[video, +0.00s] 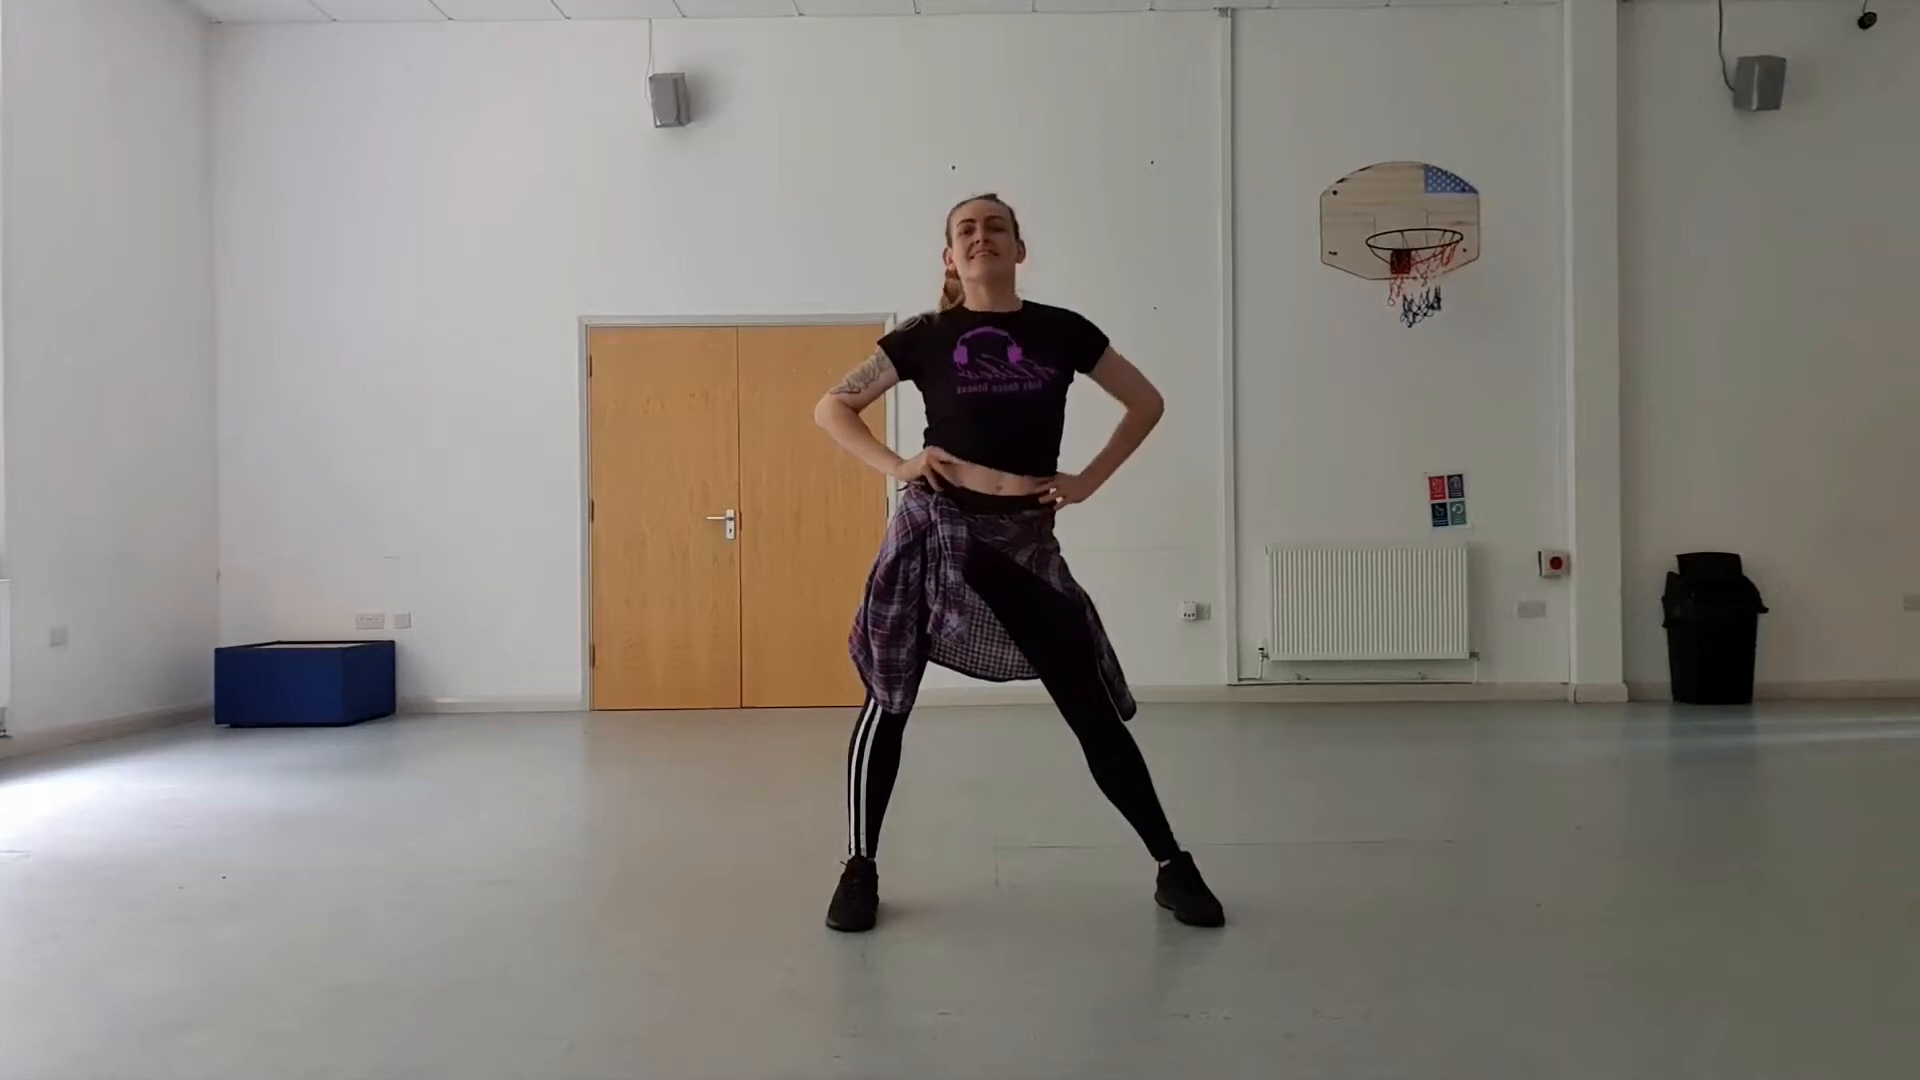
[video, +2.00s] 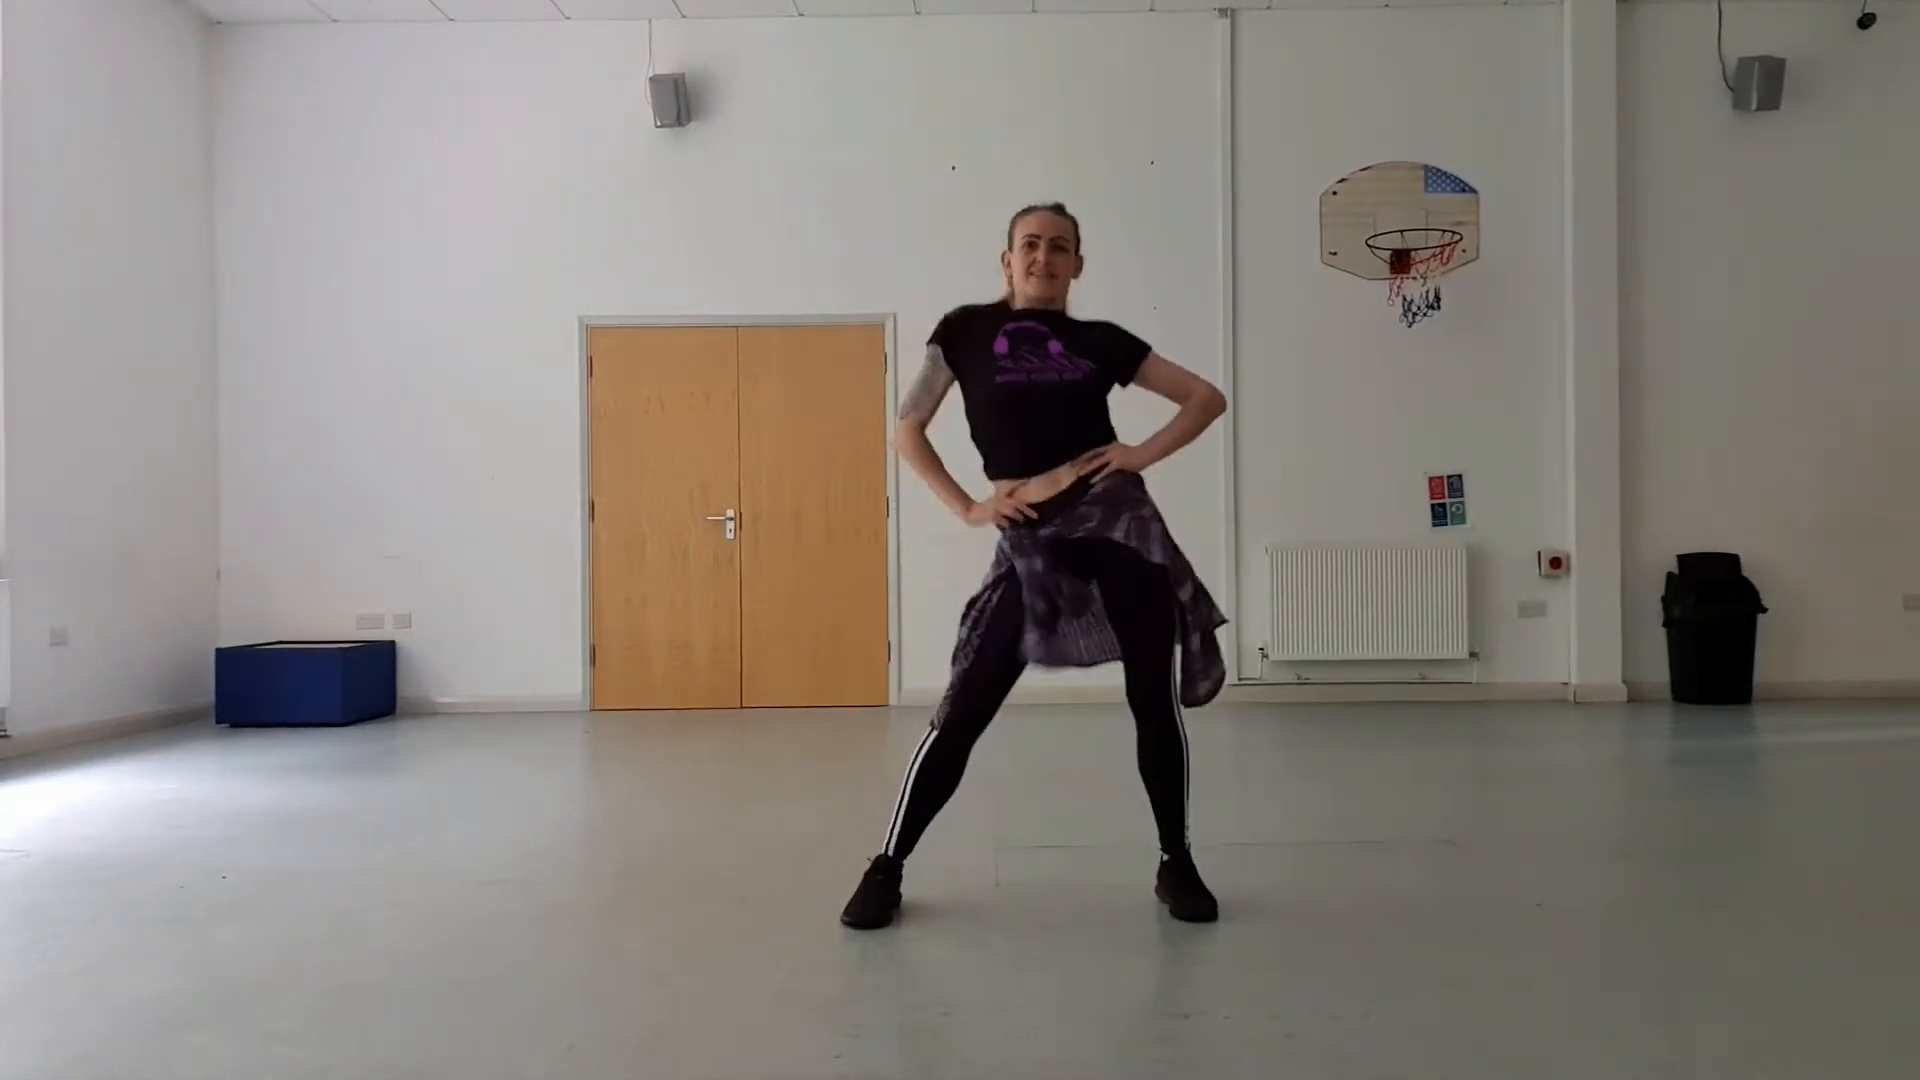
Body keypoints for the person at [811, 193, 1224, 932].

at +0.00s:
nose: (980, 238)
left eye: (994, 228)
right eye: (966, 231)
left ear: (1020, 250)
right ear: (948, 259)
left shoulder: (1062, 332)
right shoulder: (922, 339)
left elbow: (1146, 403)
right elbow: (832, 408)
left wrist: (1087, 481)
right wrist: (893, 464)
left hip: (1023, 541)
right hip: (931, 536)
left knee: (1091, 706)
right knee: (888, 701)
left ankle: (1174, 865)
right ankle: (859, 868)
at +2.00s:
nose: (1042, 255)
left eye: (1057, 247)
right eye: (1030, 244)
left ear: (1076, 266)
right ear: (1007, 260)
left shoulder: (1097, 342)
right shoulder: (965, 333)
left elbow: (1206, 399)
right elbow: (908, 431)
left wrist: (1146, 452)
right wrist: (966, 508)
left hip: (1117, 533)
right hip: (1029, 541)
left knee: (1154, 699)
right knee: (962, 711)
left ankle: (1177, 862)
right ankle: (885, 868)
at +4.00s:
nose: (1062, 248)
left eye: (1077, 236)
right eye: (1049, 235)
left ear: (1096, 246)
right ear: (1026, 241)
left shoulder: (1119, 323)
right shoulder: (989, 322)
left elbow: (1204, 394)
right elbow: (919, 411)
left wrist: (1161, 446)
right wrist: (975, 486)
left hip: (1120, 520)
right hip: (1033, 523)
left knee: (1149, 692)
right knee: (969, 689)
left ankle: (1166, 861)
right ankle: (915, 855)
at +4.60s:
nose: (984, 204)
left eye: (1003, 195)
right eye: (980, 195)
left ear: (1042, 214)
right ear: (974, 213)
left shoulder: (1066, 279)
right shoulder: (961, 294)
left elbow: (1179, 306)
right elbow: (960, 392)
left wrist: (1091, 365)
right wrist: (951, 458)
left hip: (1062, 490)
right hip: (984, 501)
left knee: (1131, 672)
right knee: (974, 685)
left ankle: (1231, 836)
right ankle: (965, 853)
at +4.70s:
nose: (1013, 219)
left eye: (1028, 207)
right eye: (1007, 208)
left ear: (1064, 217)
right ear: (1000, 219)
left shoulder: (1078, 261)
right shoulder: (1005, 295)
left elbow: (1081, 230)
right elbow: (984, 283)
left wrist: (1019, 328)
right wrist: (987, 288)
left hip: (1061, 496)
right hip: (989, 502)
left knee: (1147, 683)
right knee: (988, 691)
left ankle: (1247, 860)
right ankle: (975, 854)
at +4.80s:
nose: (1043, 241)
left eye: (1064, 231)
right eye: (1036, 230)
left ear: (1097, 242)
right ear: (1027, 237)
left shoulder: (1099, 285)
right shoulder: (1052, 307)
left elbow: (1025, 273)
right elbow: (1030, 318)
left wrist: (935, 273)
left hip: (1077, 501)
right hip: (1012, 502)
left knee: (1131, 705)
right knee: (997, 698)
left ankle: (1242, 883)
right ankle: (980, 857)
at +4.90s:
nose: (1070, 254)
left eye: (1088, 241)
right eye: (1061, 244)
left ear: (1127, 246)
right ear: (1056, 251)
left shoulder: (1130, 296)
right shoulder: (1090, 313)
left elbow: (1043, 289)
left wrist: (944, 268)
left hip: (1121, 519)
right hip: (1063, 517)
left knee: (1146, 728)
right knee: (998, 695)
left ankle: (1251, 891)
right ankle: (986, 854)